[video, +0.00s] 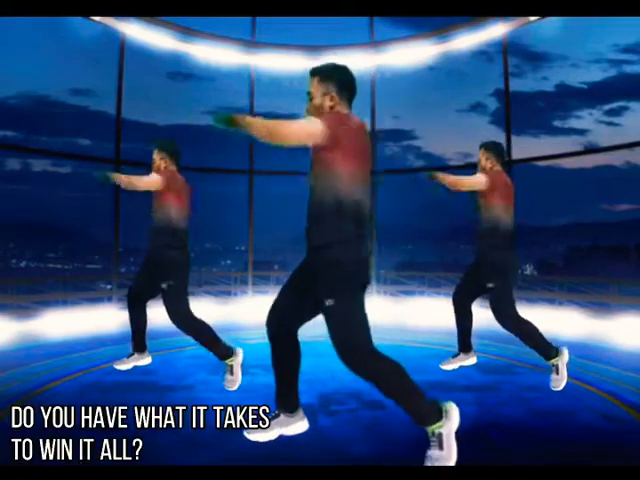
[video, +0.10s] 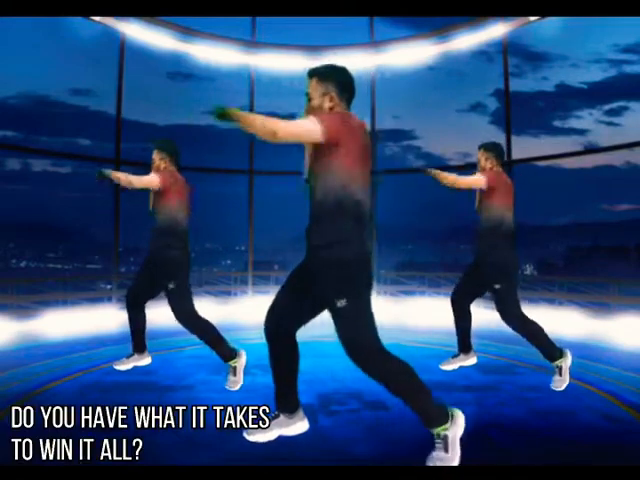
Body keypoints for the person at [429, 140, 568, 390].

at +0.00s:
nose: (479, 162)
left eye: (481, 158)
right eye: (480, 158)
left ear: (490, 160)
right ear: (497, 161)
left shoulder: (492, 178)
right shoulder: (502, 180)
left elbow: (457, 184)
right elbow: (464, 184)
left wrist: (440, 176)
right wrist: (443, 178)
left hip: (496, 259)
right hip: (493, 257)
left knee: (505, 316)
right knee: (461, 299)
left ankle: (555, 357)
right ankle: (465, 352)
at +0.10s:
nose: (478, 164)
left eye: (481, 160)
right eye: (478, 160)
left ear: (490, 160)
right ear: (495, 161)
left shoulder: (493, 178)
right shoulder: (500, 180)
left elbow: (456, 182)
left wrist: (436, 174)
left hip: (498, 259)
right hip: (491, 258)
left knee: (511, 315)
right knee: (459, 299)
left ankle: (559, 358)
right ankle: (465, 353)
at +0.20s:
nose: (474, 162)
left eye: (478, 158)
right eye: (473, 158)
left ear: (490, 158)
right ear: (479, 160)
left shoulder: (504, 179)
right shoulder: (479, 181)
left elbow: (500, 195)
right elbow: (470, 210)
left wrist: (479, 178)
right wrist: (469, 190)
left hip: (502, 255)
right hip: (483, 255)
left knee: (516, 310)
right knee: (461, 300)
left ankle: (558, 358)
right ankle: (465, 353)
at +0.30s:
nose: (474, 159)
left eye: (477, 154)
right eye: (474, 154)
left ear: (491, 154)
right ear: (483, 156)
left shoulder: (513, 179)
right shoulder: (482, 190)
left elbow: (518, 204)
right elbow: (463, 214)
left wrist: (496, 176)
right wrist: (456, 189)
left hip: (507, 256)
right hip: (483, 256)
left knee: (525, 309)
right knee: (464, 301)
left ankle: (548, 360)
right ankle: (465, 353)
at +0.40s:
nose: (480, 159)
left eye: (483, 154)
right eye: (479, 155)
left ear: (498, 155)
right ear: (482, 157)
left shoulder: (519, 180)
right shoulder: (481, 189)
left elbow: (527, 206)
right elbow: (459, 215)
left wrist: (503, 178)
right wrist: (453, 188)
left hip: (514, 258)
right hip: (485, 259)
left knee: (533, 311)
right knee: (466, 305)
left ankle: (543, 361)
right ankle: (465, 353)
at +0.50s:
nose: (484, 159)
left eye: (487, 154)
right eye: (482, 155)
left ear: (502, 155)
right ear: (483, 158)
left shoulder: (521, 180)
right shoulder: (482, 189)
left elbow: (531, 207)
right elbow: (462, 216)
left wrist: (508, 179)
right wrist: (455, 188)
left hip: (518, 259)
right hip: (488, 259)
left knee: (535, 311)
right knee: (469, 304)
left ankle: (542, 361)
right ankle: (465, 352)